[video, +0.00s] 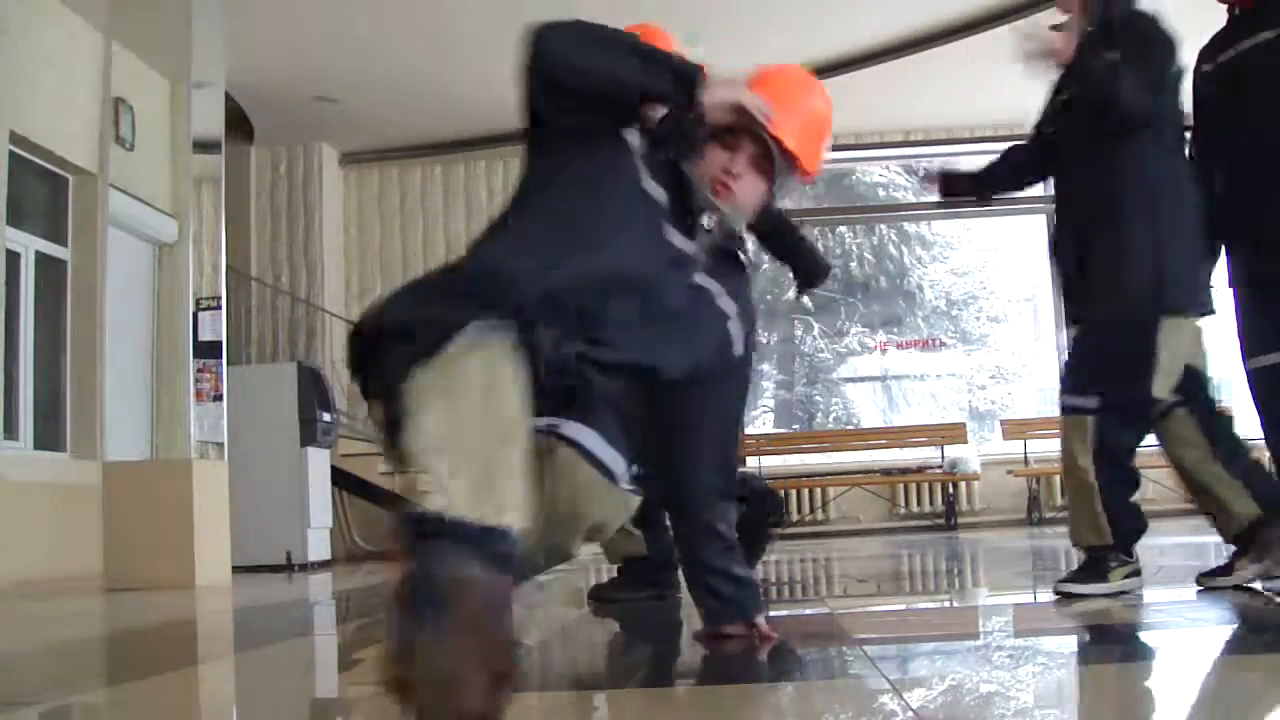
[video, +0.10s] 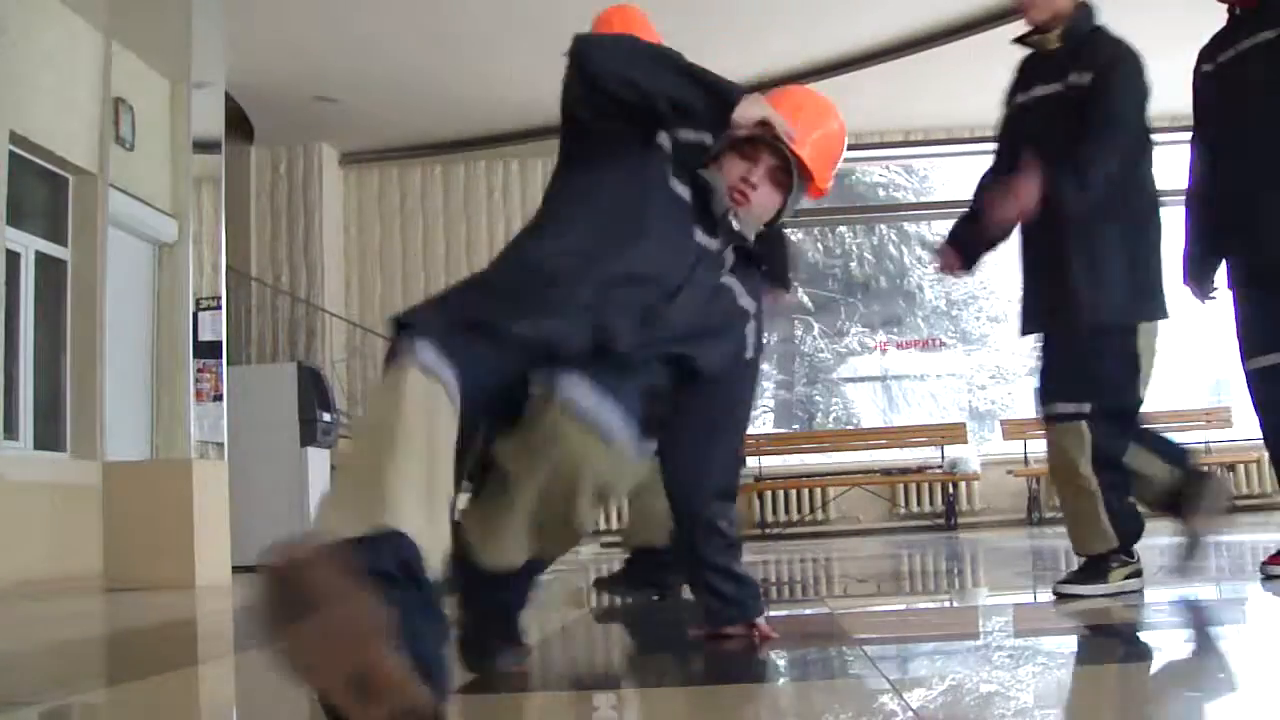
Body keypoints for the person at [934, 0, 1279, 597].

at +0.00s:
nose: (1058, 19)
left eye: (1064, 10)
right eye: (1057, 13)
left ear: (1087, 3)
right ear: (1098, 5)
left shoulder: (1138, 36)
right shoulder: (1087, 66)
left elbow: (1129, 105)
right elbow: (1044, 151)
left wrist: (1084, 52)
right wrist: (967, 184)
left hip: (1148, 268)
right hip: (1119, 273)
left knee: (1089, 409)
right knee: (1178, 407)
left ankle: (1109, 555)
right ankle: (1258, 533)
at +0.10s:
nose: (1024, 5)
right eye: (1021, 1)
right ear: (1028, 9)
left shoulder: (1111, 60)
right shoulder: (1031, 71)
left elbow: (1101, 165)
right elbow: (1009, 171)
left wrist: (1040, 185)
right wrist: (965, 243)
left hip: (1114, 278)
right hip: (1063, 280)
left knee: (1084, 421)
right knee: (1072, 421)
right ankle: (1110, 558)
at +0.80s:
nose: (902, 56)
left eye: (912, 43)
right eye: (890, 46)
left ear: (930, 48)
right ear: (874, 55)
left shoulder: (971, 110)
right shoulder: (853, 142)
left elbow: (1033, 158)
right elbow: (819, 214)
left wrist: (992, 216)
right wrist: (822, 267)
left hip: (982, 305)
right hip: (903, 317)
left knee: (1014, 421)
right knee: (901, 437)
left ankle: (1032, 542)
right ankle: (909, 554)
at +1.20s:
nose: (951, 75)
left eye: (960, 64)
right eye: (938, 67)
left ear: (975, 69)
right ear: (921, 75)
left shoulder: (1007, 136)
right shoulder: (901, 146)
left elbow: (1038, 205)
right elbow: (875, 228)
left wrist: (1040, 196)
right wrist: (856, 247)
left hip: (995, 310)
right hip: (924, 313)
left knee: (1013, 427)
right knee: (914, 432)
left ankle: (1030, 546)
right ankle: (906, 552)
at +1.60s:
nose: (907, 97)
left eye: (916, 85)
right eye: (895, 89)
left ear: (931, 90)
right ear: (880, 99)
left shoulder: (969, 158)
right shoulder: (864, 173)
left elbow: (1000, 235)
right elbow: (853, 259)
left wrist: (996, 291)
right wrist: (867, 323)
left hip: (966, 329)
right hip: (893, 335)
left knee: (1000, 441)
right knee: (888, 457)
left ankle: (1029, 549)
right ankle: (879, 569)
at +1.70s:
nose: (882, 92)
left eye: (891, 81)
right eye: (870, 85)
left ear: (908, 87)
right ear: (857, 95)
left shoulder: (946, 148)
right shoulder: (844, 169)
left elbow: (980, 224)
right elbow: (839, 253)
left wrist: (992, 286)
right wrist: (846, 320)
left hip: (951, 320)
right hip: (880, 330)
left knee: (982, 435)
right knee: (881, 449)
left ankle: (1022, 544)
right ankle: (883, 557)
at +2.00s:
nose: (844, 99)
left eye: (851, 88)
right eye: (832, 93)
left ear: (867, 92)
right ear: (818, 104)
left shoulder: (910, 151)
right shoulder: (813, 177)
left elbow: (951, 206)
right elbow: (787, 243)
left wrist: (955, 236)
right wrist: (778, 270)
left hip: (918, 319)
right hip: (850, 328)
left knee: (942, 428)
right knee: (861, 440)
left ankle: (983, 541)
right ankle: (879, 552)